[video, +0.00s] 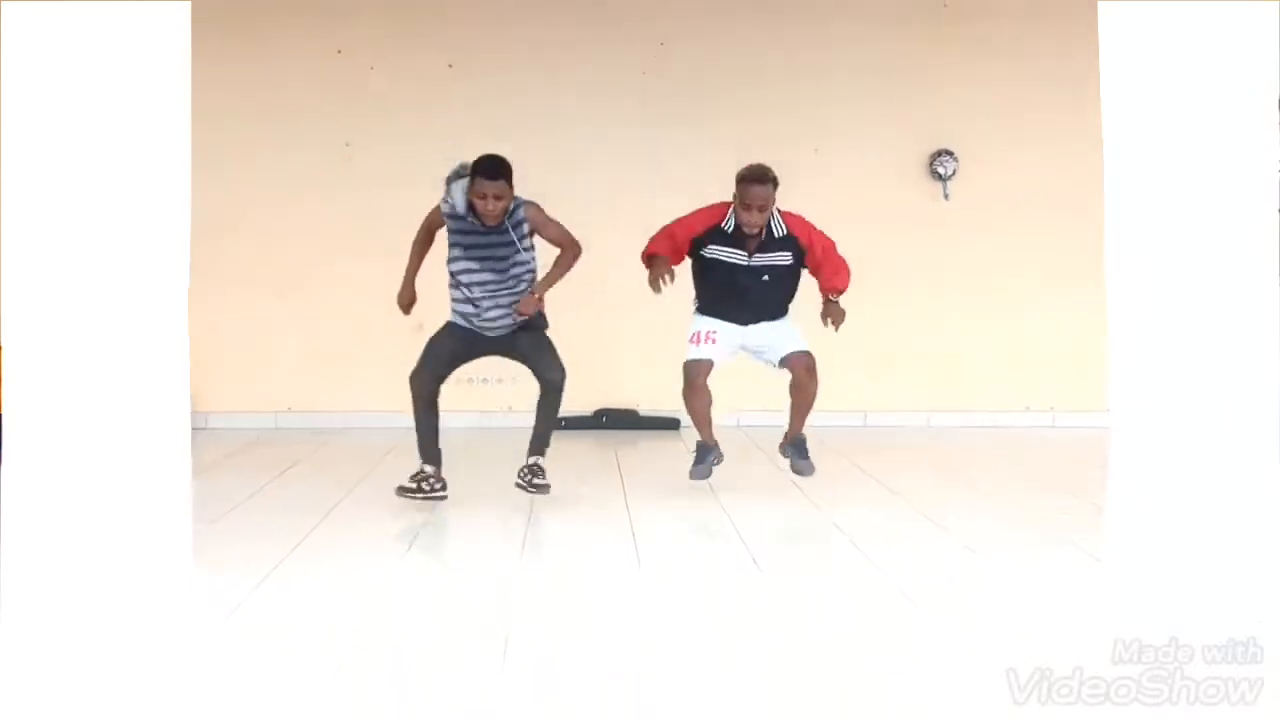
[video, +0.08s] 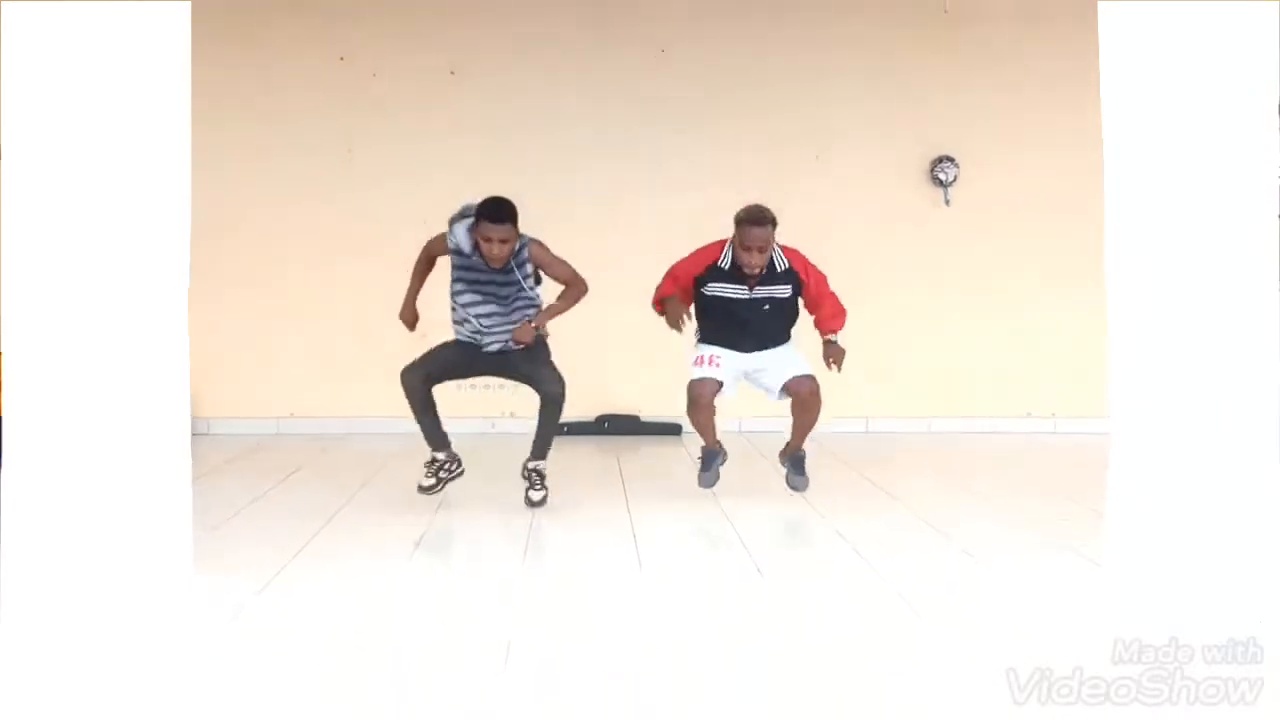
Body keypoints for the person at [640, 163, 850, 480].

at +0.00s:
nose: (753, 217)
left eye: (762, 209)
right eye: (746, 208)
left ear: (773, 203)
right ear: (735, 199)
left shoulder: (794, 229)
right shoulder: (712, 219)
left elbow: (829, 258)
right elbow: (670, 236)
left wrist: (832, 297)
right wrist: (658, 258)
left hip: (770, 323)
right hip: (715, 322)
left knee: (805, 367)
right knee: (693, 375)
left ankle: (793, 439)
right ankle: (708, 445)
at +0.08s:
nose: (753, 259)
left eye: (762, 250)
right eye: (746, 249)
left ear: (773, 243)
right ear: (733, 240)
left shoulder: (792, 263)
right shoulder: (711, 257)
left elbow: (822, 296)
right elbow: (671, 282)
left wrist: (830, 338)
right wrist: (670, 302)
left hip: (773, 350)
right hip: (718, 349)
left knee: (808, 392)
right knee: (699, 394)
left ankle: (793, 451)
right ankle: (712, 449)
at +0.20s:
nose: (750, 357)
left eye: (759, 348)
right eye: (743, 347)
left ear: (770, 342)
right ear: (732, 341)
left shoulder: (785, 355)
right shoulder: (714, 354)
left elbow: (802, 390)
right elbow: (667, 382)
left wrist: (820, 424)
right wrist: (672, 401)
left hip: (771, 425)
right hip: (726, 426)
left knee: (818, 424)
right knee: (698, 425)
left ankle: (790, 476)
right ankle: (711, 483)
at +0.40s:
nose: (769, 328)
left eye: (777, 320)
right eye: (761, 320)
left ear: (787, 322)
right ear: (748, 323)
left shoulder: (802, 350)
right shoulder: (731, 350)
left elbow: (811, 385)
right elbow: (694, 388)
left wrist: (832, 391)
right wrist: (667, 431)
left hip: (775, 424)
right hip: (730, 423)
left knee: (814, 429)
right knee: (695, 427)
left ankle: (780, 485)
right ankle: (702, 485)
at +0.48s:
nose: (771, 305)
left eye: (778, 297)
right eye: (763, 298)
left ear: (790, 294)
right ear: (752, 297)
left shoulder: (807, 312)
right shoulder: (737, 324)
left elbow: (850, 324)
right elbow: (698, 358)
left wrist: (837, 333)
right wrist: (659, 394)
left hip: (780, 401)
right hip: (731, 397)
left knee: (819, 427)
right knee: (704, 422)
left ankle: (779, 487)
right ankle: (676, 482)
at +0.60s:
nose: (768, 256)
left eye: (777, 249)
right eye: (762, 248)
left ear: (788, 244)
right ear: (751, 241)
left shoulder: (802, 271)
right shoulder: (728, 267)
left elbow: (821, 312)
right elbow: (699, 298)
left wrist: (832, 353)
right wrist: (679, 330)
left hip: (789, 364)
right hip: (739, 361)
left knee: (834, 412)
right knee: (718, 413)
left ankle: (802, 487)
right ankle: (692, 478)